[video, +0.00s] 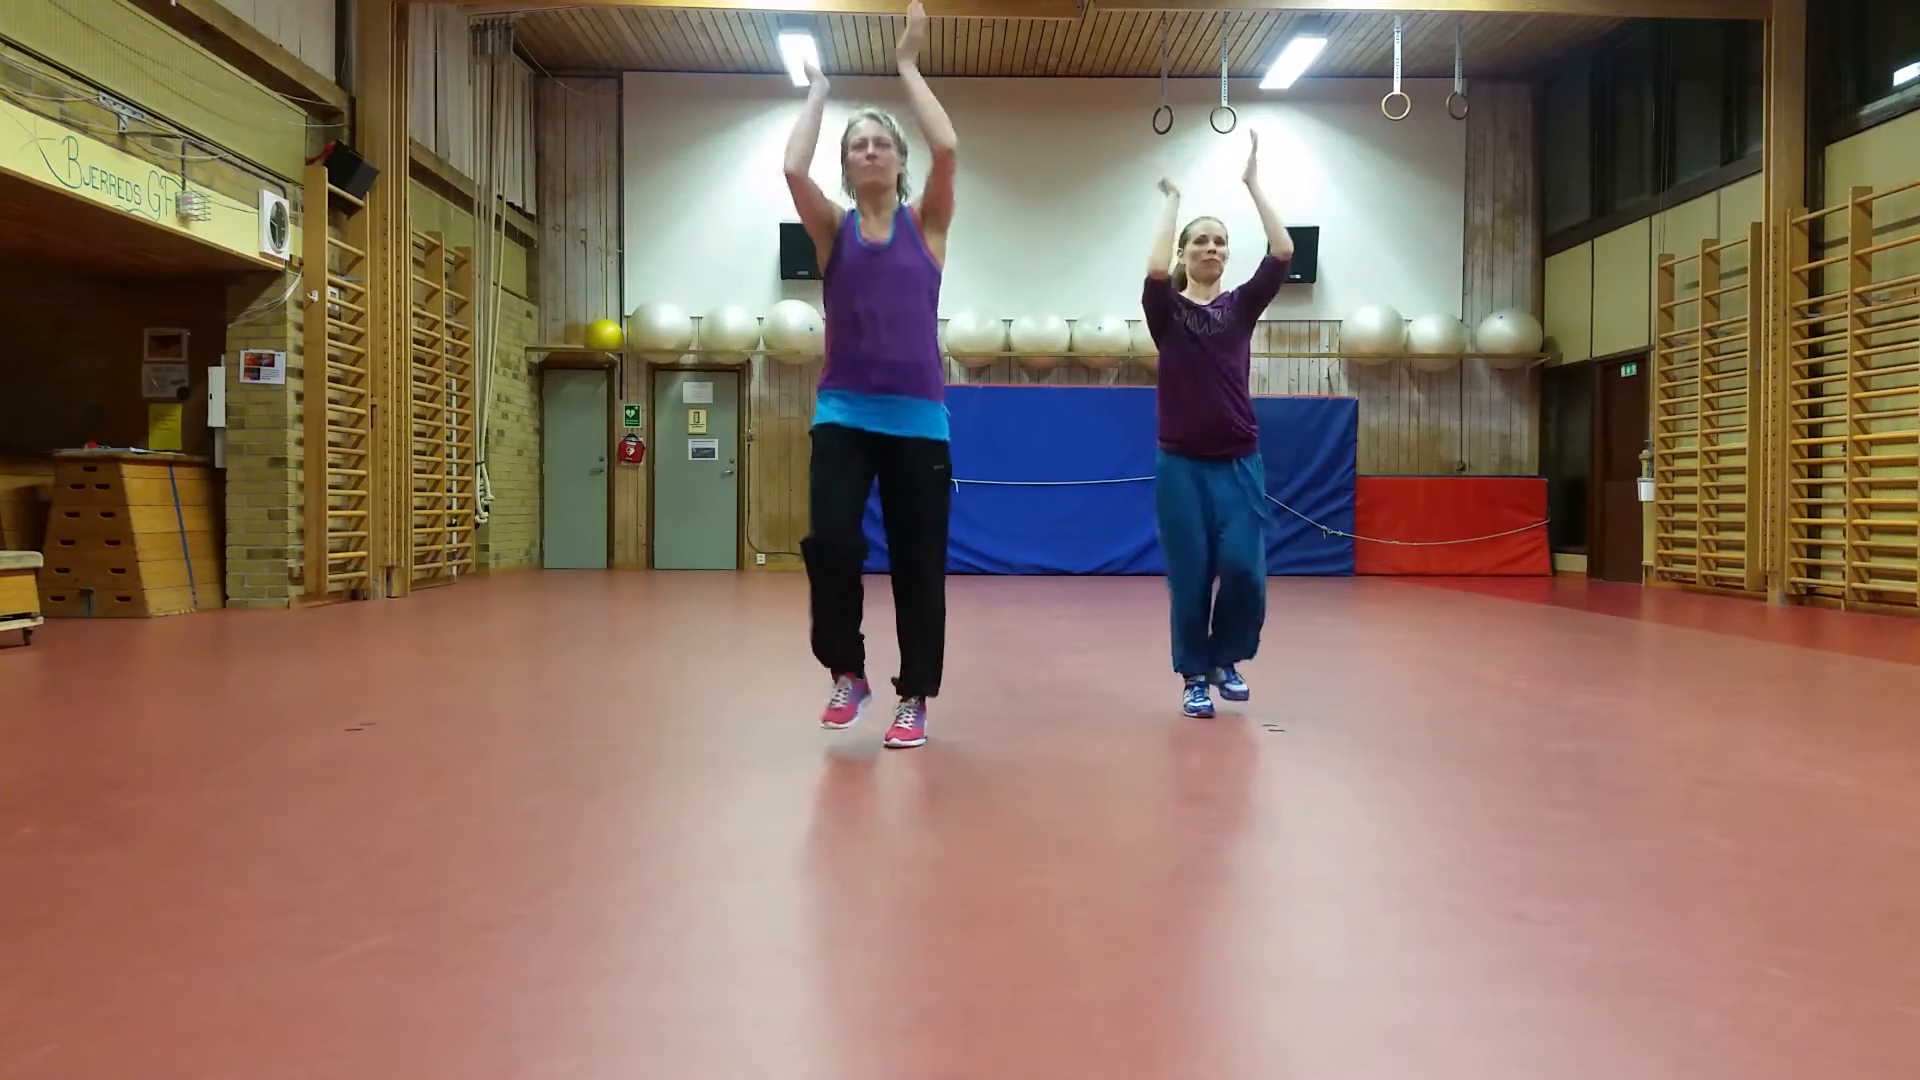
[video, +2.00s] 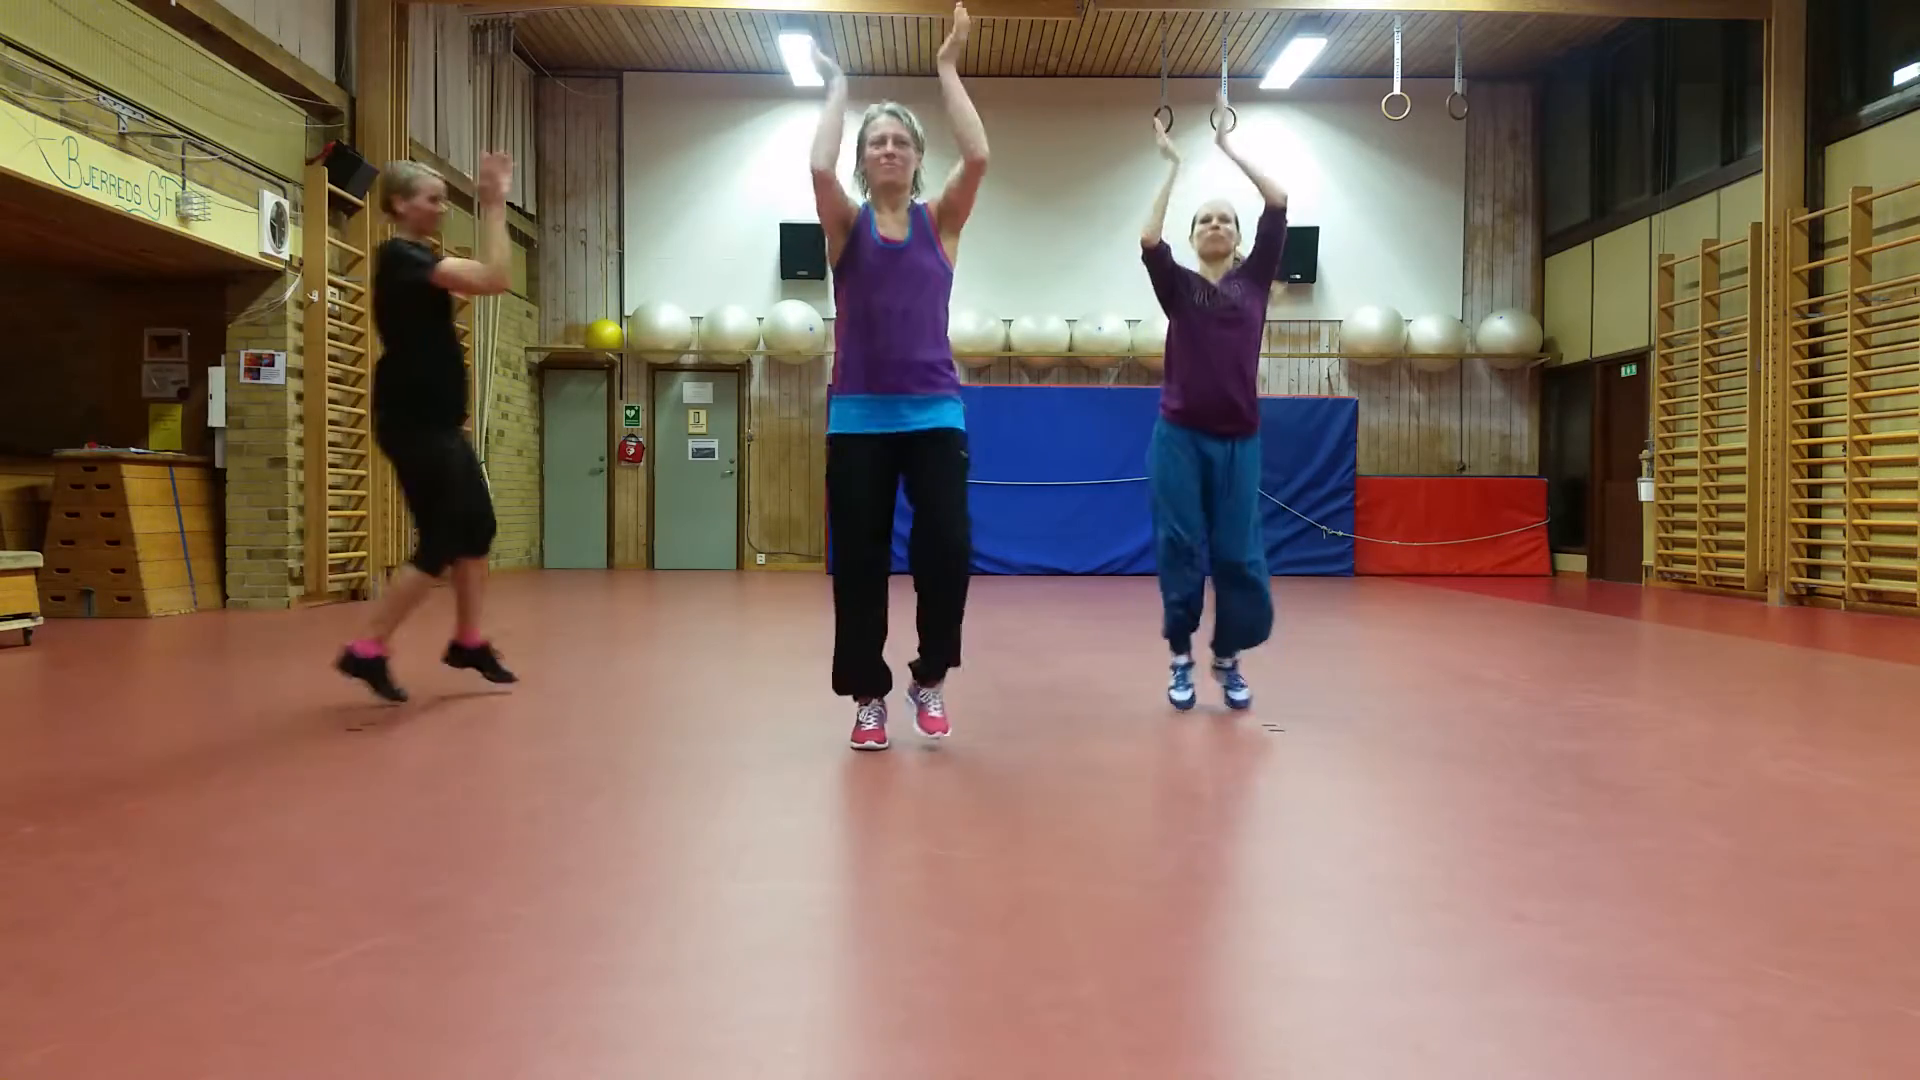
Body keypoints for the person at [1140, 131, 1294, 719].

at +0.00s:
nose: (1211, 250)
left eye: (1219, 243)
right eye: (1201, 243)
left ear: (1227, 255)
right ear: (1183, 254)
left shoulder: (1240, 306)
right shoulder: (1166, 312)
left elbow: (1282, 253)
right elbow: (1155, 272)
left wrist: (1252, 184)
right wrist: (1170, 202)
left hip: (1238, 460)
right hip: (1181, 460)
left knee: (1245, 568)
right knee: (1191, 571)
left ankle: (1225, 659)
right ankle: (1195, 677)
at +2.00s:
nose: (1216, 226)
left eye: (1225, 221)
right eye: (1206, 221)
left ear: (1239, 236)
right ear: (1192, 236)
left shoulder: (1252, 284)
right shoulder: (1179, 286)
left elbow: (1278, 201)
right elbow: (1149, 240)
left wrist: (1228, 144)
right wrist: (1170, 165)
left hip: (1238, 438)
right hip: (1181, 434)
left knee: (1239, 552)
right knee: (1181, 547)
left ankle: (1227, 658)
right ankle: (1180, 658)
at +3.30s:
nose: (1230, 252)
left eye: (1238, 247)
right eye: (1219, 246)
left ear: (1248, 262)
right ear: (1203, 260)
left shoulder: (1261, 310)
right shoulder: (1186, 313)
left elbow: (1305, 247)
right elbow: (1173, 269)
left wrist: (1254, 200)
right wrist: (1222, 207)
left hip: (1267, 461)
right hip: (1207, 464)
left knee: (1273, 576)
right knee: (1211, 577)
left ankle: (1265, 672)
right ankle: (1234, 666)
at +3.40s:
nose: (1227, 246)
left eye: (1236, 239)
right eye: (1217, 239)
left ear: (1248, 252)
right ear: (1203, 253)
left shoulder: (1264, 302)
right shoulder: (1187, 307)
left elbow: (1326, 277)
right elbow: (1156, 306)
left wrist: (1275, 236)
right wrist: (1193, 247)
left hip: (1263, 455)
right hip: (1203, 457)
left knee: (1272, 565)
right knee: (1204, 558)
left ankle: (1264, 674)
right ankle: (1214, 660)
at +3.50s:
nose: (1225, 228)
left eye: (1234, 222)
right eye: (1215, 222)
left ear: (1246, 235)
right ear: (1198, 236)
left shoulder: (1262, 287)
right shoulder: (1178, 294)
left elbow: (1329, 324)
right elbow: (1142, 351)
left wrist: (1285, 291)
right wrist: (1182, 303)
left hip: (1257, 439)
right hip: (1197, 440)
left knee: (1263, 556)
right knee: (1194, 553)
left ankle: (1260, 673)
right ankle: (1184, 659)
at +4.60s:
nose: (1238, 240)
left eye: (1246, 233)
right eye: (1228, 234)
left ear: (1260, 247)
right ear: (1213, 249)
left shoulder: (1283, 304)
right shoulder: (1188, 311)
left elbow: (1331, 368)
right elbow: (1145, 375)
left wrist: (1328, 354)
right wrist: (1157, 336)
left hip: (1267, 461)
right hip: (1203, 459)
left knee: (1274, 570)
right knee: (1168, 557)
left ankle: (1280, 681)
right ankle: (1146, 668)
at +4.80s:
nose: (1234, 248)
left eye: (1242, 241)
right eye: (1224, 241)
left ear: (1256, 254)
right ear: (1208, 254)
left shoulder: (1272, 314)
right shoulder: (1180, 308)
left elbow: (1309, 374)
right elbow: (1131, 356)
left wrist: (1318, 435)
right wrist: (1127, 405)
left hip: (1253, 461)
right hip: (1187, 461)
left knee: (1288, 562)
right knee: (1158, 563)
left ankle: (1295, 666)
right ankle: (1128, 668)